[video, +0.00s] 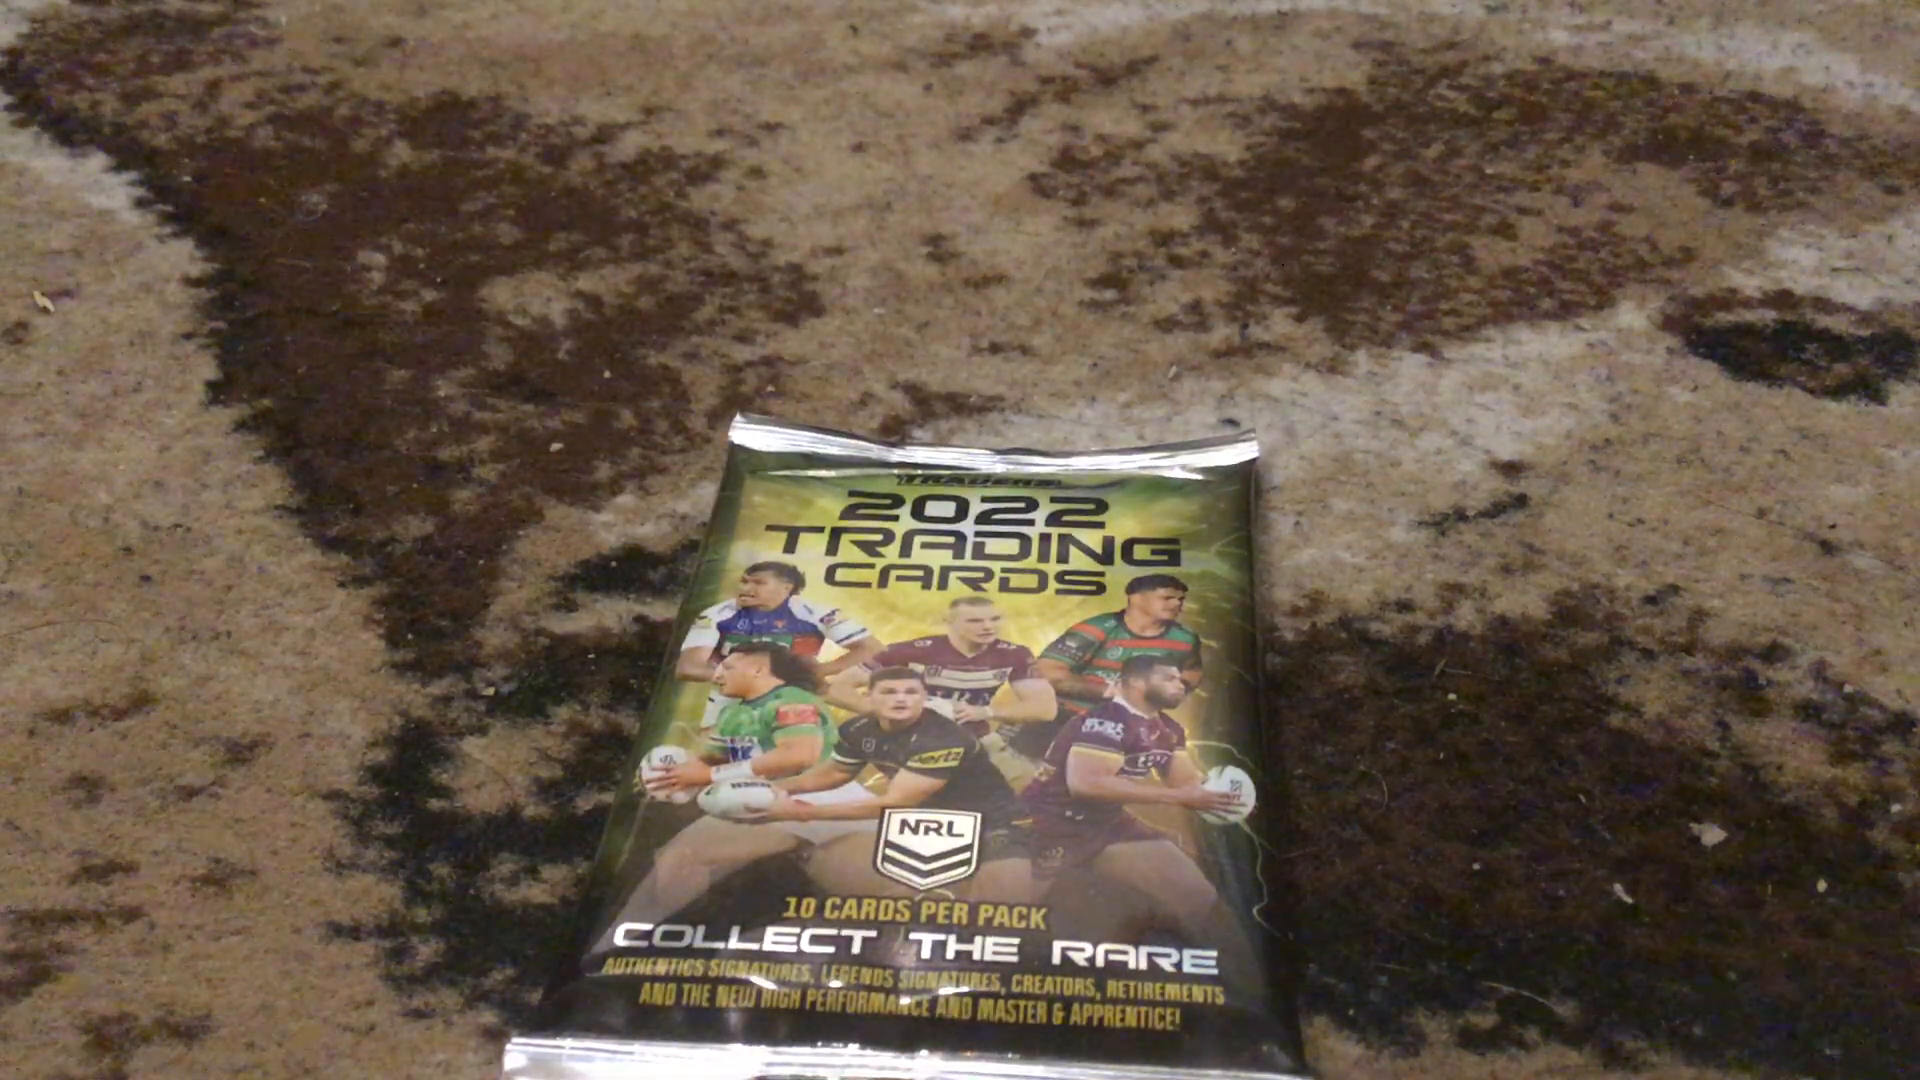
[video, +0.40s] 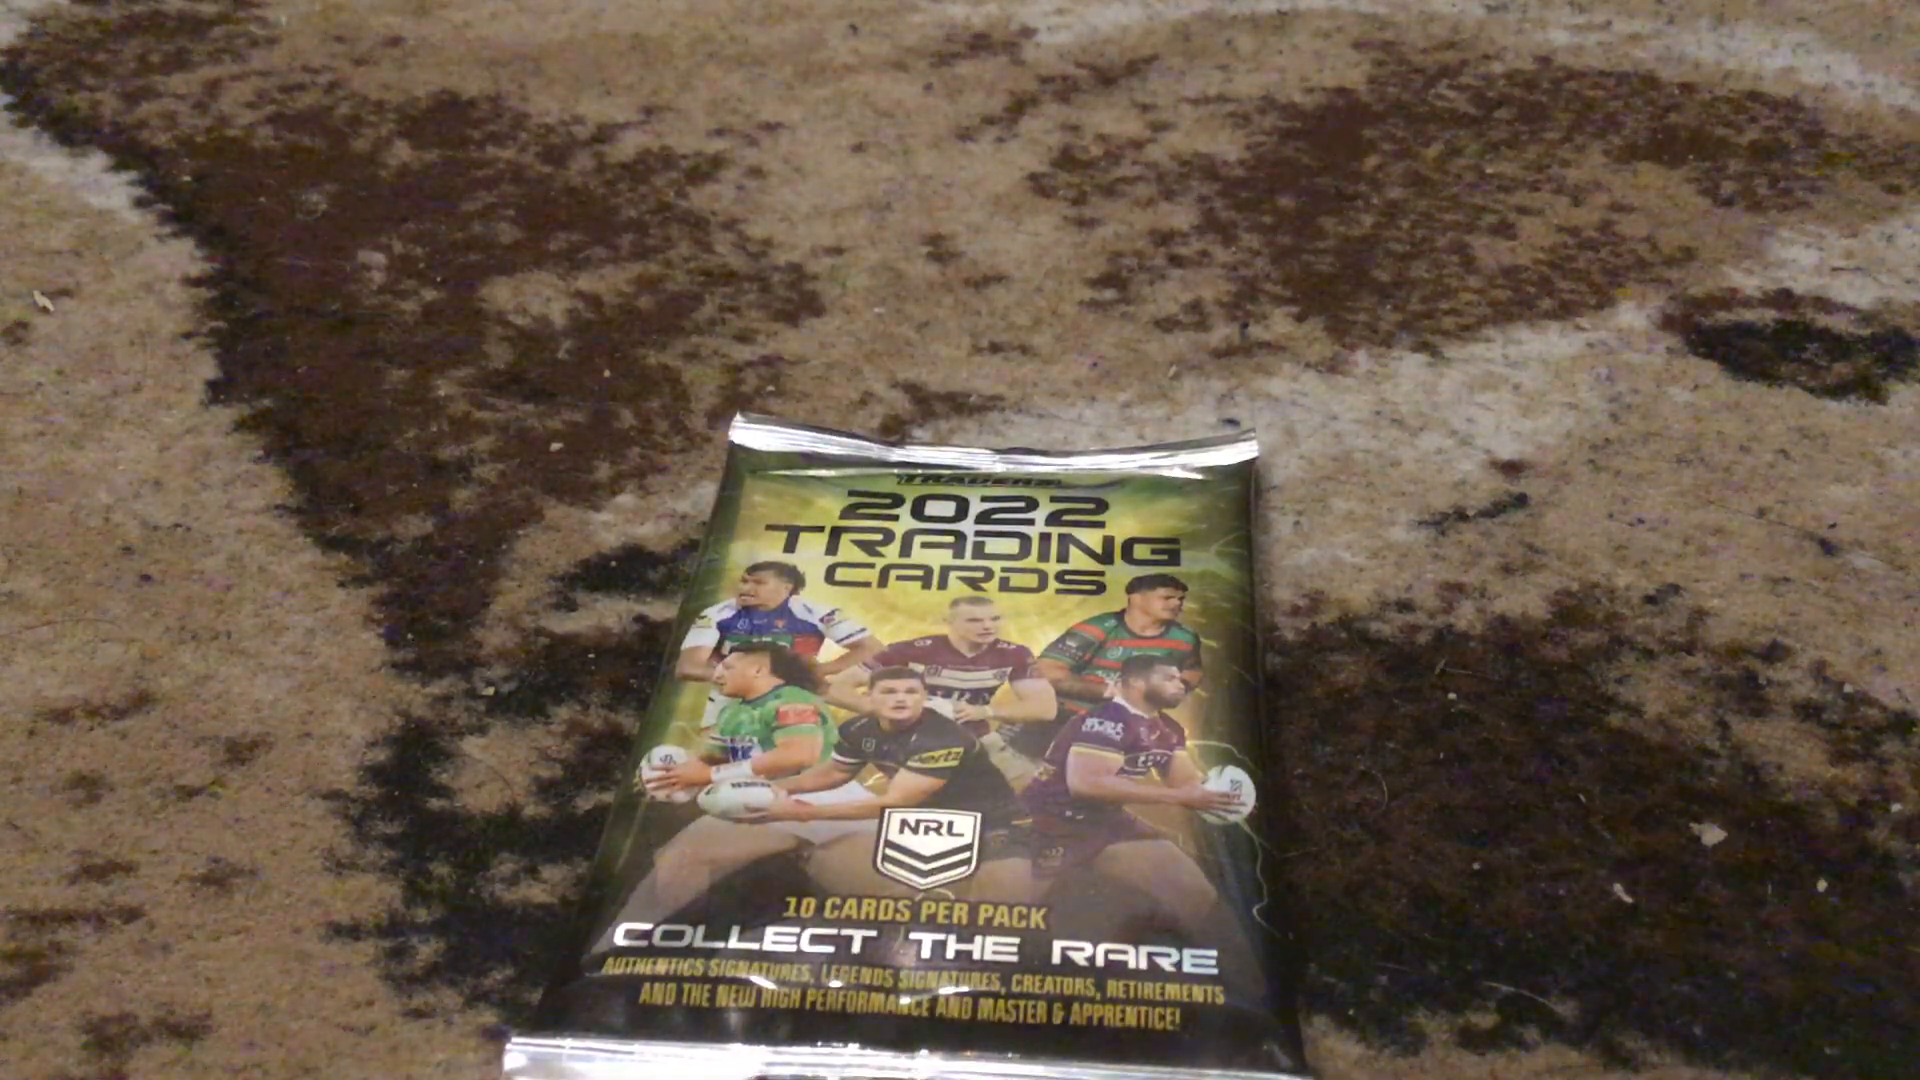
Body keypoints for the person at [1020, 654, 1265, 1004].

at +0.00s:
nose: (1180, 683)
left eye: (1178, 678)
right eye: (1169, 678)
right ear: (1133, 682)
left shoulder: (1167, 732)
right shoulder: (1106, 720)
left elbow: (1188, 784)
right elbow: (1084, 781)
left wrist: (1225, 798)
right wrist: (1180, 796)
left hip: (1105, 825)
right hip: (1043, 826)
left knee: (1198, 899)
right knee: (997, 929)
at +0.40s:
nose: (1180, 683)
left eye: (1178, 678)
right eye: (1169, 677)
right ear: (1134, 681)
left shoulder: (1168, 732)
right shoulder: (1106, 719)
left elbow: (1188, 784)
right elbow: (1085, 781)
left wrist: (1225, 798)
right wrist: (1180, 796)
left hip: (1106, 825)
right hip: (1047, 825)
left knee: (1196, 897)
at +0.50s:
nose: (1180, 683)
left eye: (1178, 677)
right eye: (1169, 677)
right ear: (1134, 681)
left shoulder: (1170, 731)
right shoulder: (1107, 719)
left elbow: (1188, 784)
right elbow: (1084, 780)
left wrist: (1220, 798)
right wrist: (1182, 796)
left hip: (1109, 822)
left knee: (1195, 896)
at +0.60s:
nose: (1181, 683)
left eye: (1178, 677)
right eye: (1169, 677)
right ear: (1134, 682)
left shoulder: (1169, 731)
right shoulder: (1107, 718)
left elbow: (1186, 783)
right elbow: (1084, 780)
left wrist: (1221, 797)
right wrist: (1182, 796)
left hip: (1106, 820)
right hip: (1058, 819)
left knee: (1194, 895)